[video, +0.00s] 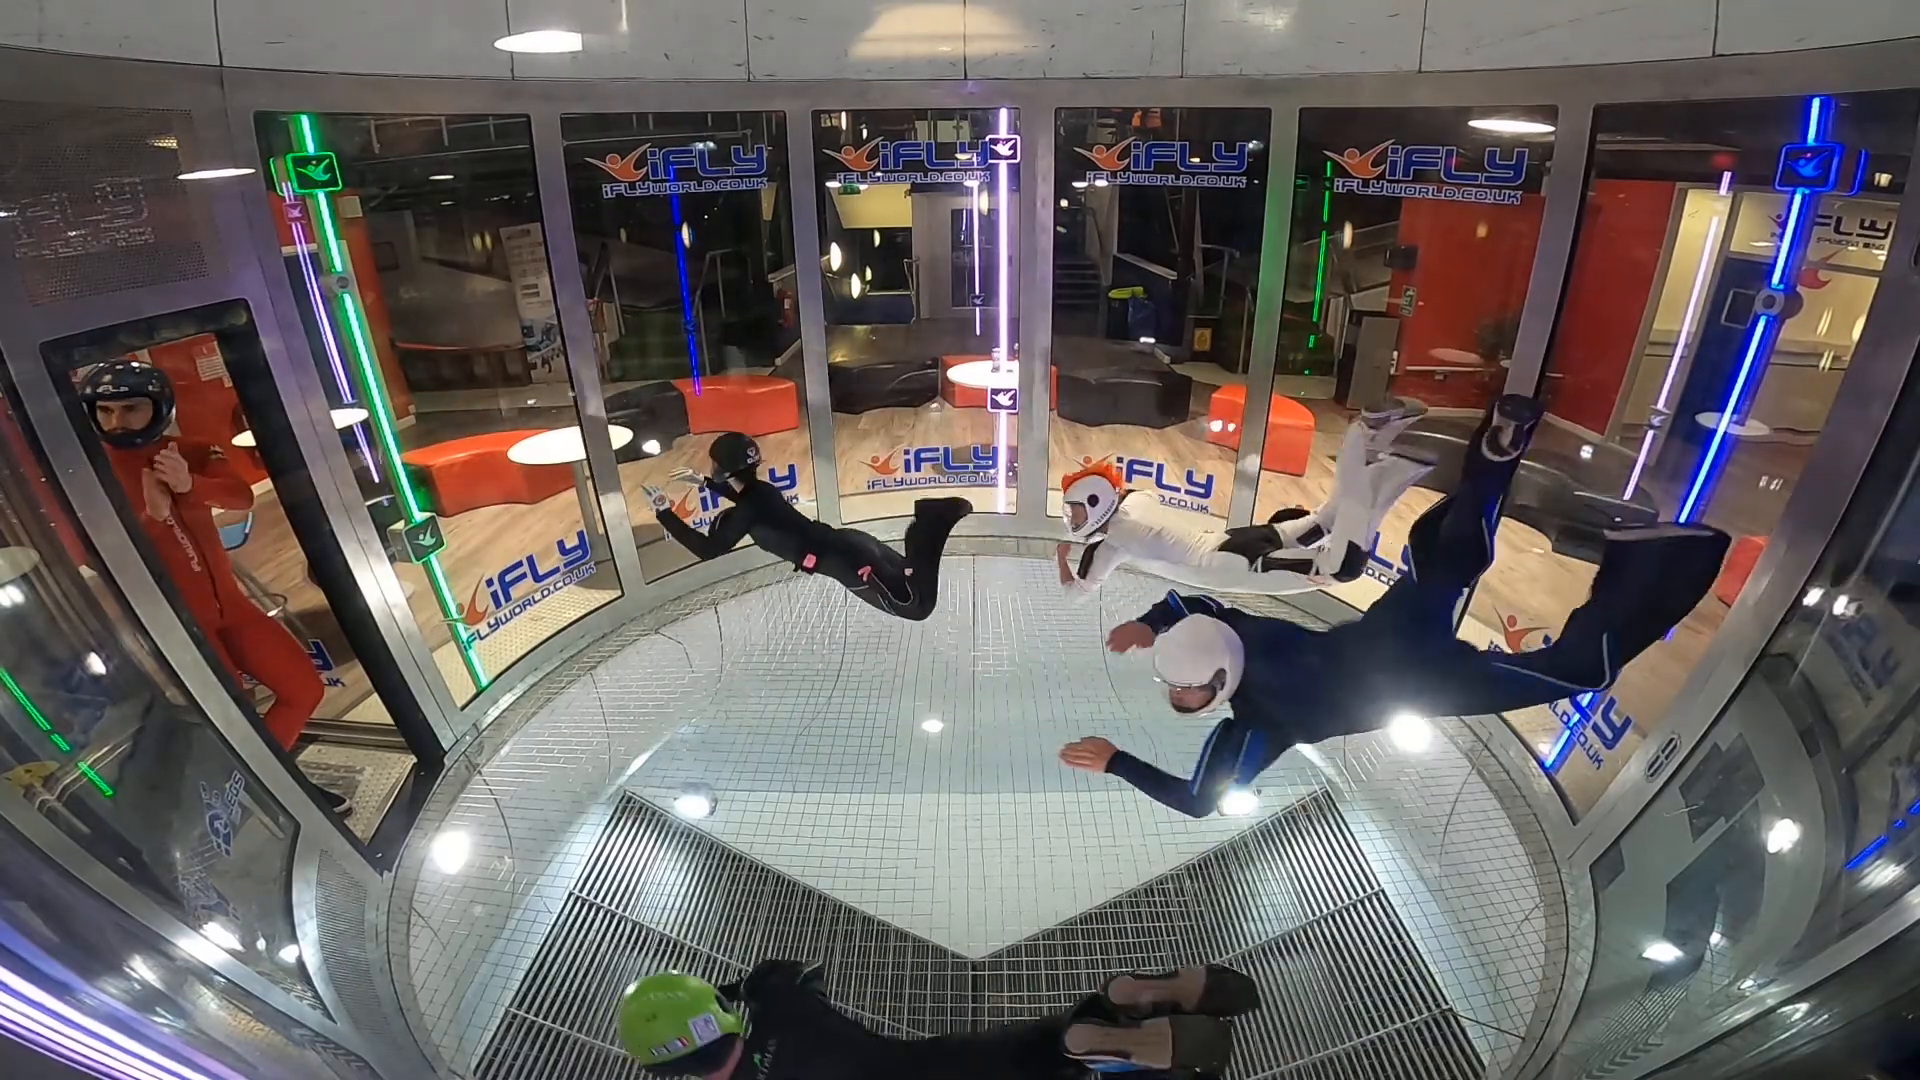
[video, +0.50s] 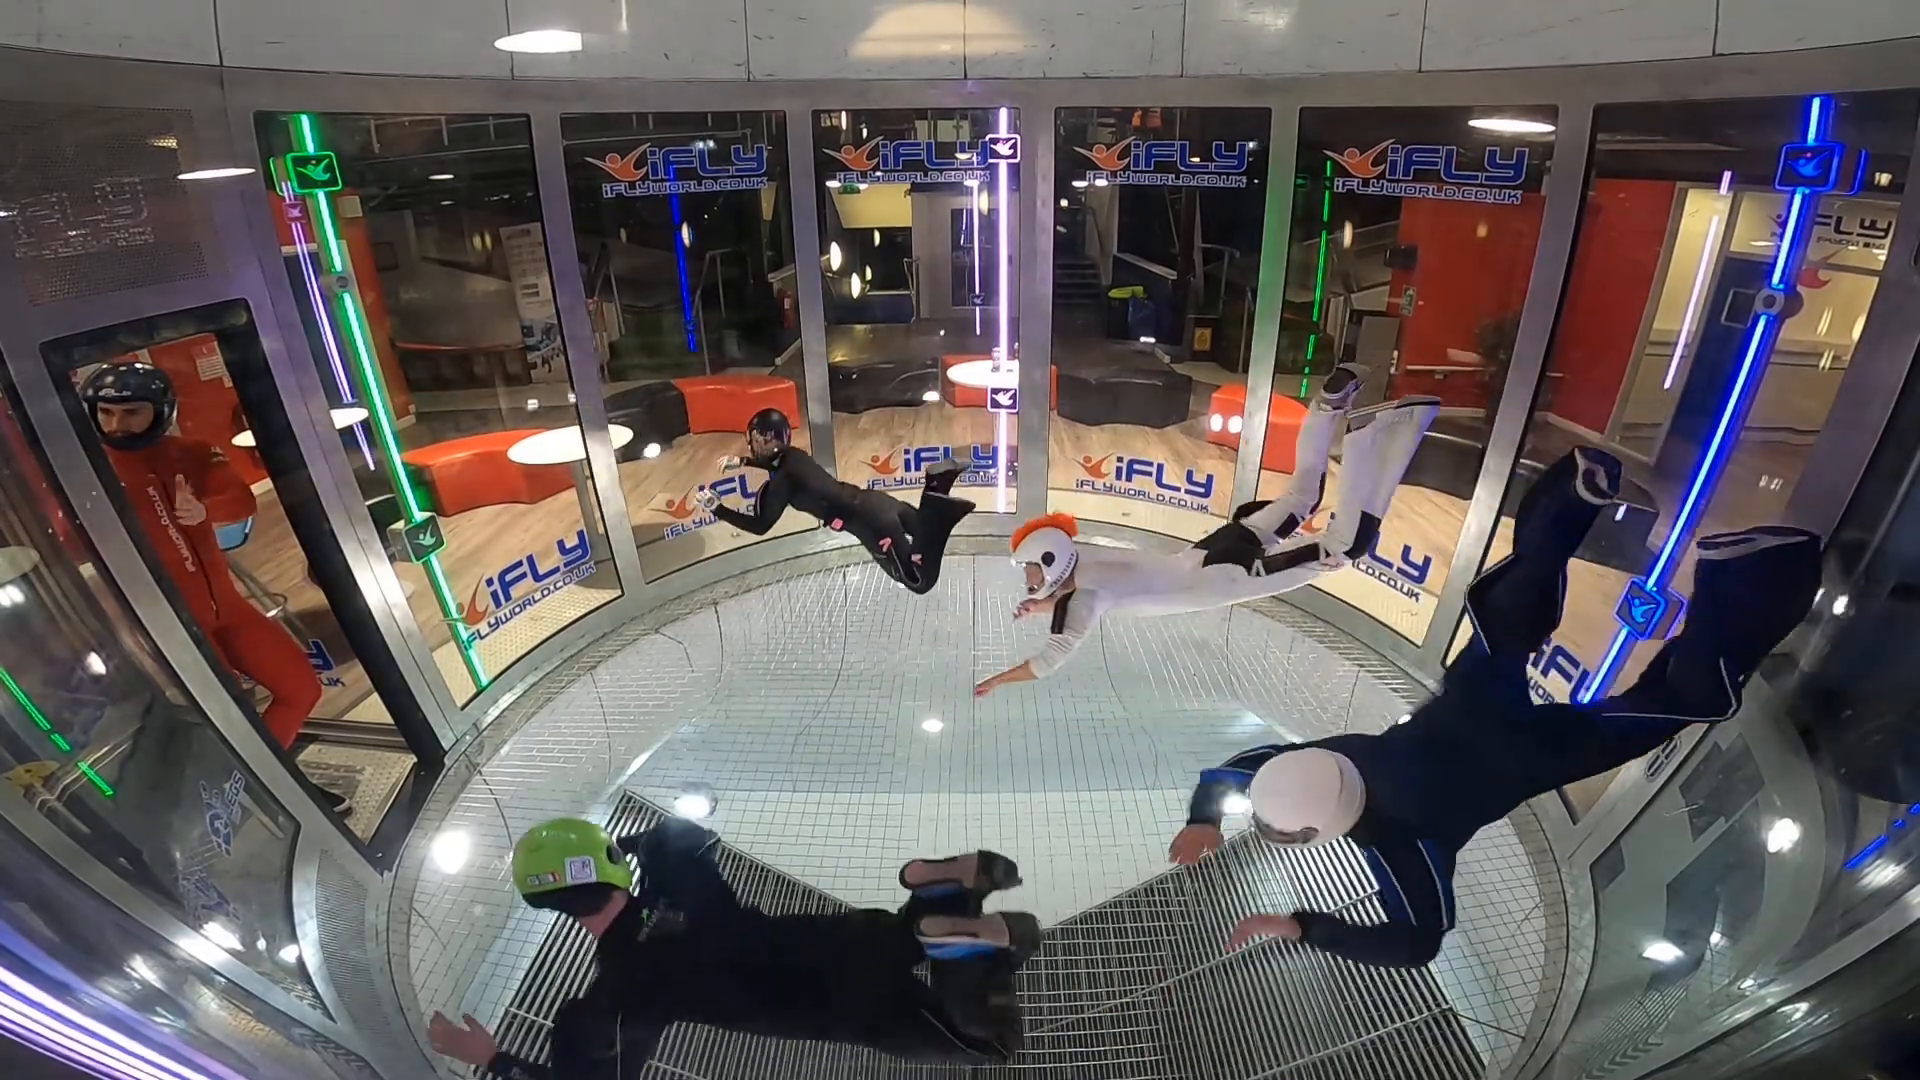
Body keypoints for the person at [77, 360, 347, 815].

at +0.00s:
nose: (118, 423)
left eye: (131, 409)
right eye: (104, 411)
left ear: (157, 410)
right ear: (90, 415)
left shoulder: (188, 452)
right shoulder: (92, 473)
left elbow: (242, 497)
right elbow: (96, 557)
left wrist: (191, 484)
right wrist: (150, 517)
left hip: (231, 606)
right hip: (182, 628)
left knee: (304, 688)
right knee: (240, 716)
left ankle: (243, 782)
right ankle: (293, 791)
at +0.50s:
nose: (117, 425)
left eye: (132, 412)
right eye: (106, 413)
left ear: (158, 412)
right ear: (92, 414)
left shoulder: (186, 455)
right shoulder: (90, 470)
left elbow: (242, 500)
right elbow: (71, 542)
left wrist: (204, 509)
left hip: (224, 607)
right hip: (172, 630)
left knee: (301, 687)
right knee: (237, 712)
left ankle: (245, 781)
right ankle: (293, 791)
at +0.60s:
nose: (116, 426)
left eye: (130, 413)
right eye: (105, 413)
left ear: (157, 413)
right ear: (92, 415)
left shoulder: (193, 456)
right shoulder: (89, 474)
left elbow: (243, 505)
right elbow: (72, 546)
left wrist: (219, 527)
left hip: (225, 607)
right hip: (169, 629)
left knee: (302, 688)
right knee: (233, 713)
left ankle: (243, 779)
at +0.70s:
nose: (116, 426)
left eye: (129, 413)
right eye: (104, 414)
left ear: (155, 412)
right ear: (90, 414)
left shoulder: (190, 455)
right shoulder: (84, 474)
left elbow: (241, 504)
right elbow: (67, 541)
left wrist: (231, 538)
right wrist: (114, 503)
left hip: (224, 605)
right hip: (168, 627)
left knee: (302, 688)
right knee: (232, 715)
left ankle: (244, 779)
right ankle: (294, 790)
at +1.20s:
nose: (127, 422)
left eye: (133, 406)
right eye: (109, 415)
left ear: (150, 401)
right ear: (93, 422)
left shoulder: (197, 455)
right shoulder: (93, 478)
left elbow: (244, 521)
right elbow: (97, 565)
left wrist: (228, 581)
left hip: (226, 599)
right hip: (171, 621)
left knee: (304, 688)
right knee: (236, 711)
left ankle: (244, 779)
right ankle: (295, 792)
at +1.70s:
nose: (128, 422)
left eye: (133, 406)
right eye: (111, 416)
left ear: (150, 399)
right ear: (94, 423)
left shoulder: (199, 455)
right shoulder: (95, 478)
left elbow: (249, 519)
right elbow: (103, 564)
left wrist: (241, 575)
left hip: (230, 603)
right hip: (177, 621)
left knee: (305, 689)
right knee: (235, 711)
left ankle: (240, 783)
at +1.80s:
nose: (129, 423)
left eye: (135, 406)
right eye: (111, 416)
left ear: (151, 401)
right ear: (95, 423)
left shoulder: (197, 455)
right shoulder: (96, 480)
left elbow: (249, 519)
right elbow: (99, 567)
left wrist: (240, 576)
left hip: (230, 602)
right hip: (175, 620)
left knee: (303, 689)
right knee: (232, 717)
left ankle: (255, 778)